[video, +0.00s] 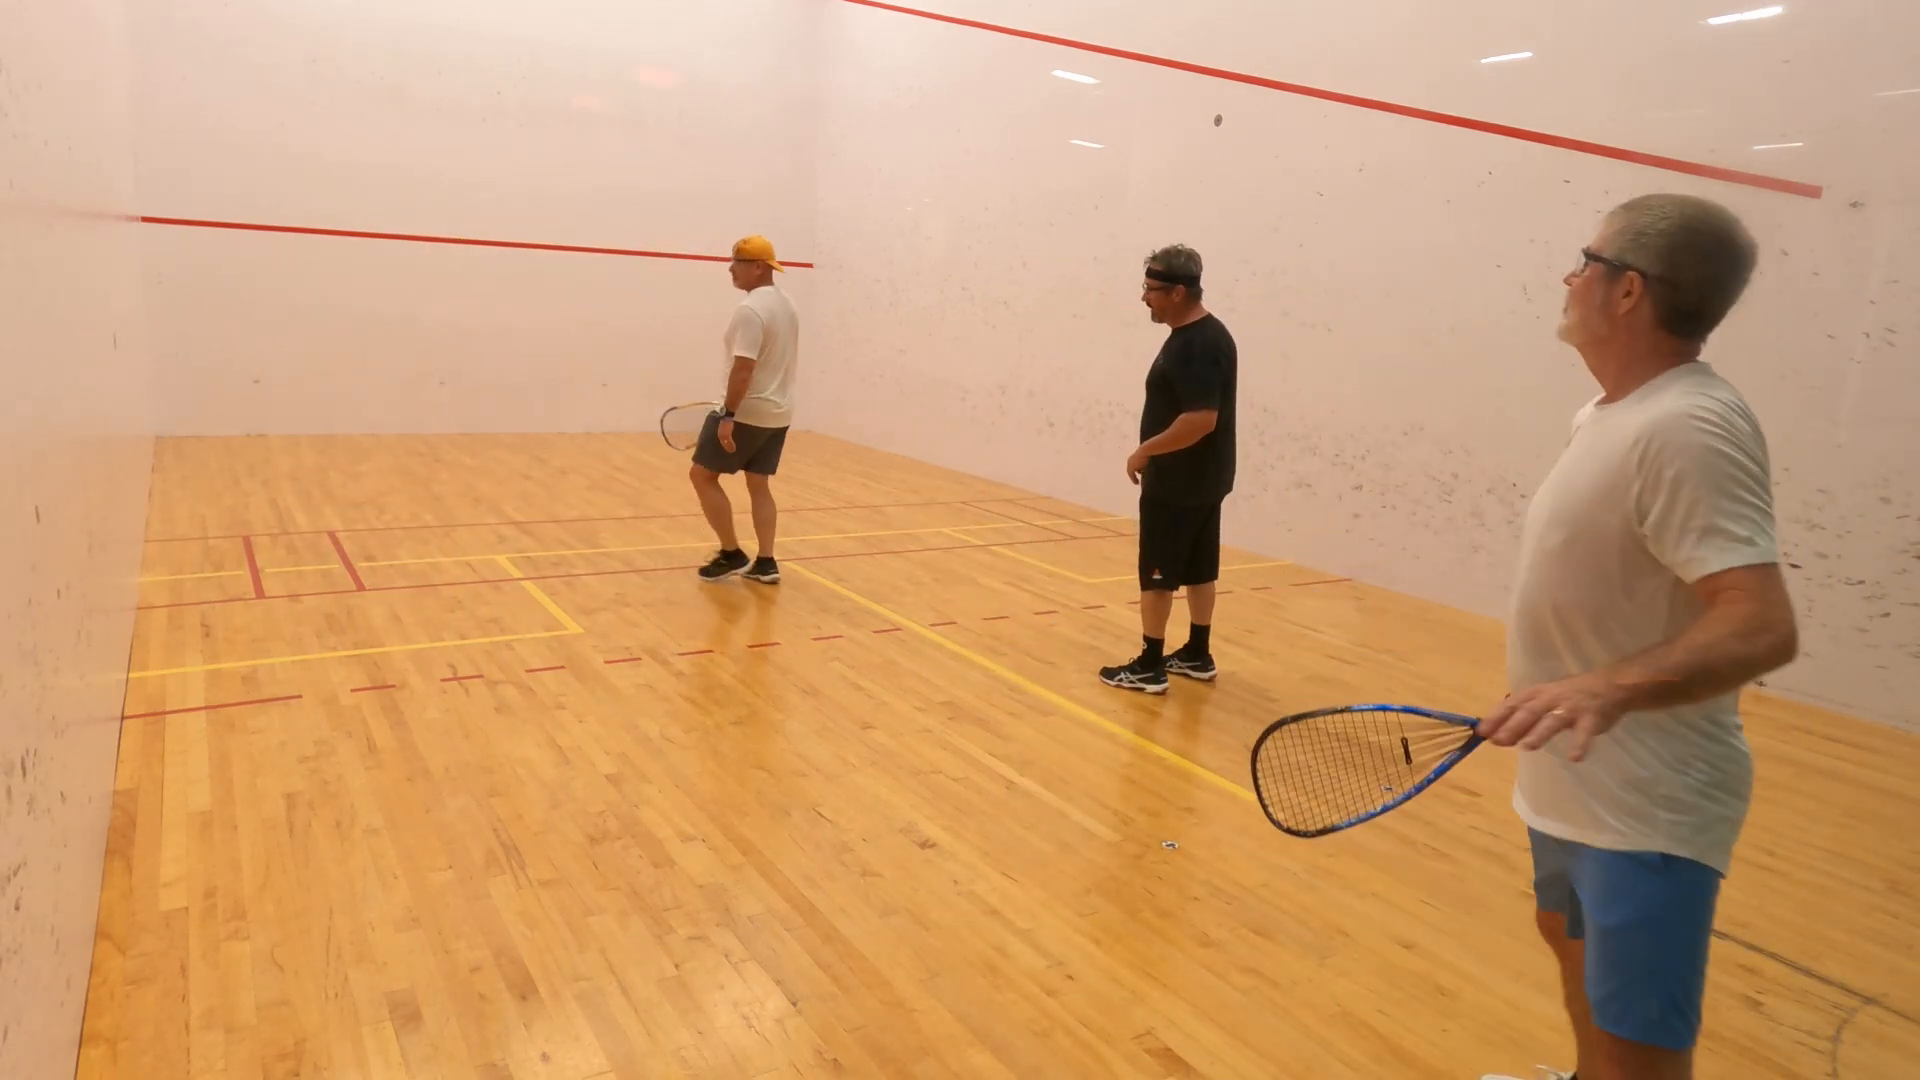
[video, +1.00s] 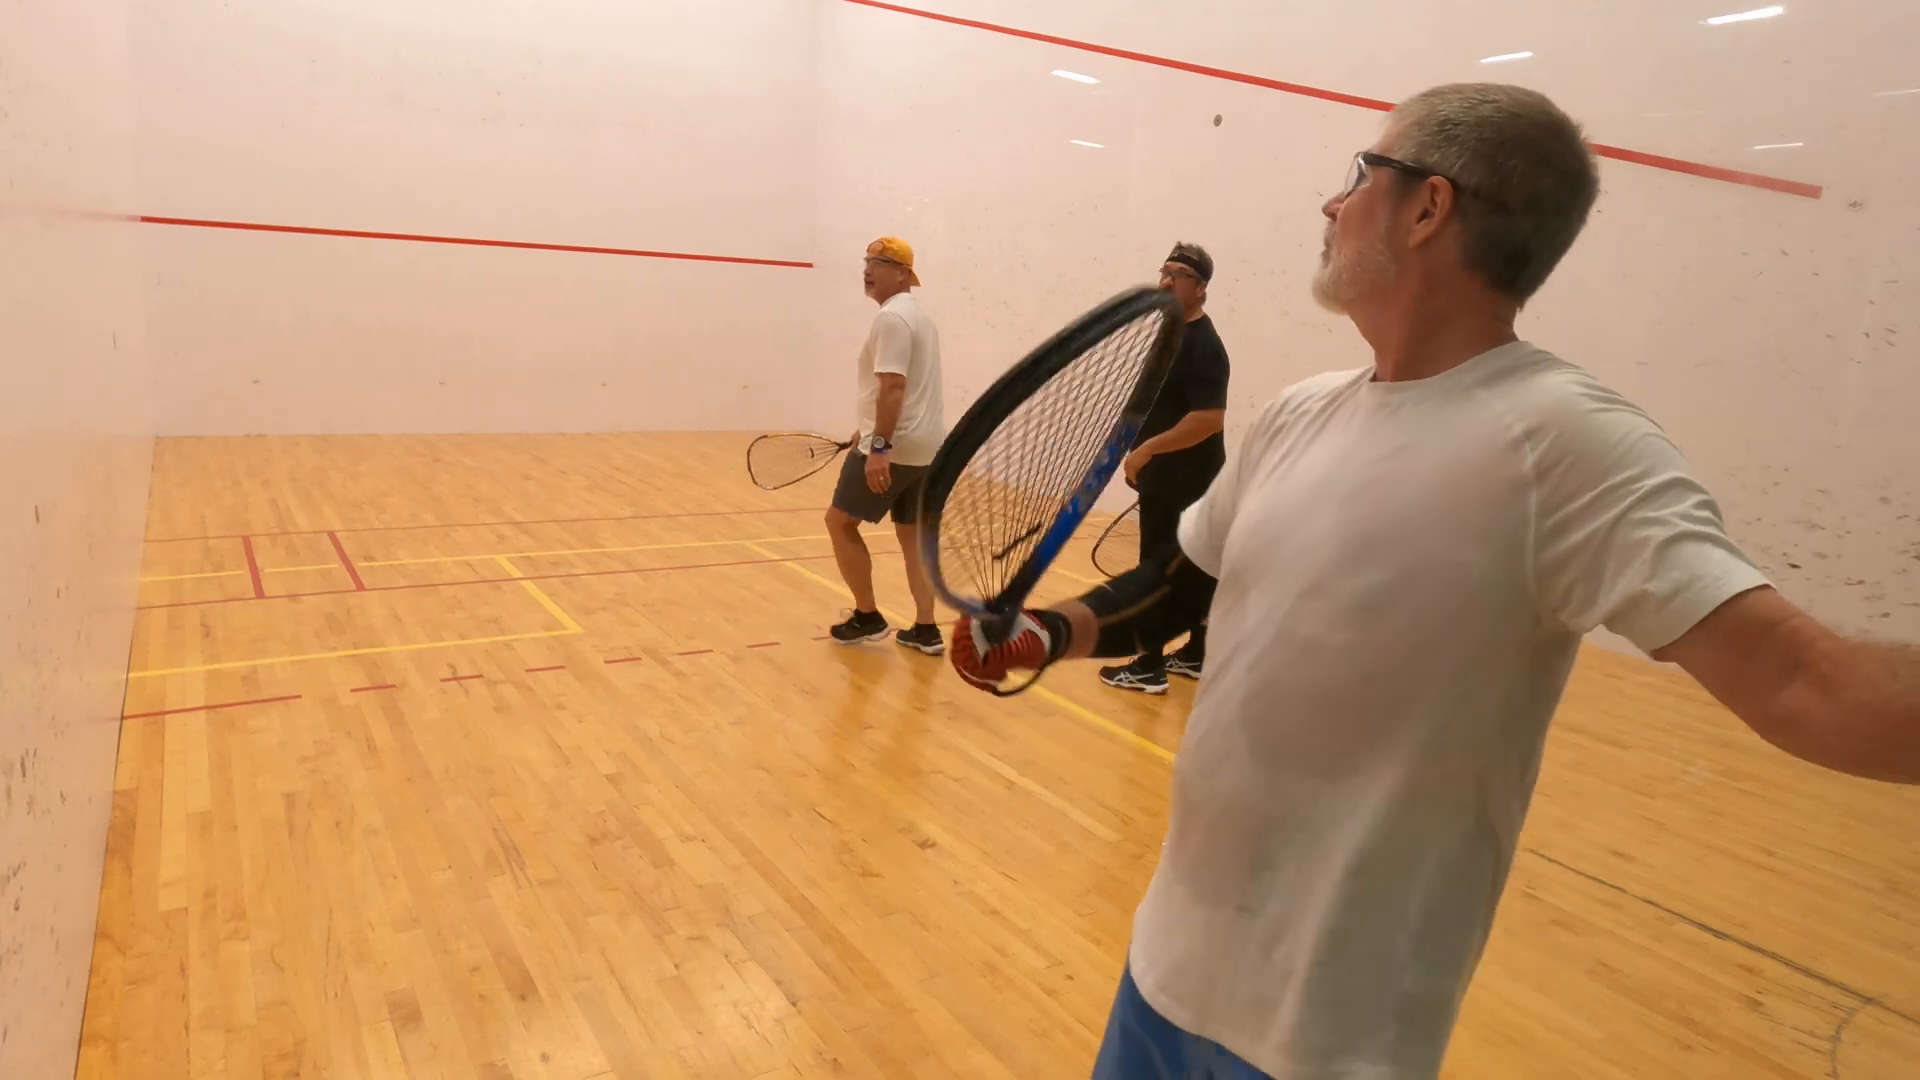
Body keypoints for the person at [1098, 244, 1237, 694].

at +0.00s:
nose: (1143, 297)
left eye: (1151, 289)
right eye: (1144, 287)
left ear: (1179, 292)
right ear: (1181, 292)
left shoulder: (1195, 343)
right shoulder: (1210, 335)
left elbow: (1200, 418)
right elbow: (1202, 417)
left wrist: (1144, 450)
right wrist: (1157, 454)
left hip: (1175, 481)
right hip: (1202, 480)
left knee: (1156, 571)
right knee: (1200, 565)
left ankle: (1149, 664)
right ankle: (1197, 653)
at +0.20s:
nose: (1137, 308)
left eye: (1143, 299)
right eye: (1137, 299)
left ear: (1172, 297)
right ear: (1173, 297)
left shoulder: (1198, 345)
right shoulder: (1194, 335)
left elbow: (1209, 422)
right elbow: (1191, 415)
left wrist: (1154, 457)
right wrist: (1158, 460)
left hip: (1181, 478)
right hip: (1198, 476)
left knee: (1159, 567)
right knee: (1203, 561)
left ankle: (1150, 664)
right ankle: (1198, 653)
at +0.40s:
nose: (1134, 309)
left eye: (1141, 301)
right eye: (1134, 300)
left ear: (1171, 299)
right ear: (1170, 299)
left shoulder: (1200, 346)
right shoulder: (1183, 336)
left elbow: (1212, 424)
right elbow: (1183, 415)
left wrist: (1155, 460)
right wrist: (1154, 467)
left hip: (1185, 479)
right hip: (1191, 476)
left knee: (1160, 567)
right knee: (1202, 562)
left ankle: (1151, 665)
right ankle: (1198, 653)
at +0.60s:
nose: (1140, 299)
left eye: (1149, 292)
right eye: (1141, 290)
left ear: (1180, 294)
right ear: (1173, 295)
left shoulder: (1201, 345)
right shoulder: (1180, 336)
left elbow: (1211, 423)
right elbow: (1179, 413)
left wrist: (1152, 457)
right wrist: (1151, 464)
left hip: (1184, 477)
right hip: (1184, 474)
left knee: (1158, 568)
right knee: (1199, 562)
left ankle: (1150, 665)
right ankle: (1197, 653)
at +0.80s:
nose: (1158, 288)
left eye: (1170, 282)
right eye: (1156, 280)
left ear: (1196, 291)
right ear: (1154, 284)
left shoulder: (1203, 343)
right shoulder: (1176, 335)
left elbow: (1210, 420)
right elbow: (1169, 411)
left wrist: (1150, 453)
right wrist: (1149, 470)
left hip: (1182, 477)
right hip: (1180, 473)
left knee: (1157, 569)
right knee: (1197, 562)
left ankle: (1151, 663)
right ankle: (1198, 653)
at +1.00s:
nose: (1168, 282)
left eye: (1179, 277)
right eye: (1166, 274)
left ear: (1201, 290)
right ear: (1161, 281)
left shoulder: (1203, 344)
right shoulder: (1170, 334)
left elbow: (1210, 418)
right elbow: (1153, 400)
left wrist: (1148, 448)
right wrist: (1131, 438)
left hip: (1185, 471)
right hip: (1171, 466)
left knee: (1157, 563)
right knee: (1199, 558)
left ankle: (1148, 663)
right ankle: (1197, 649)